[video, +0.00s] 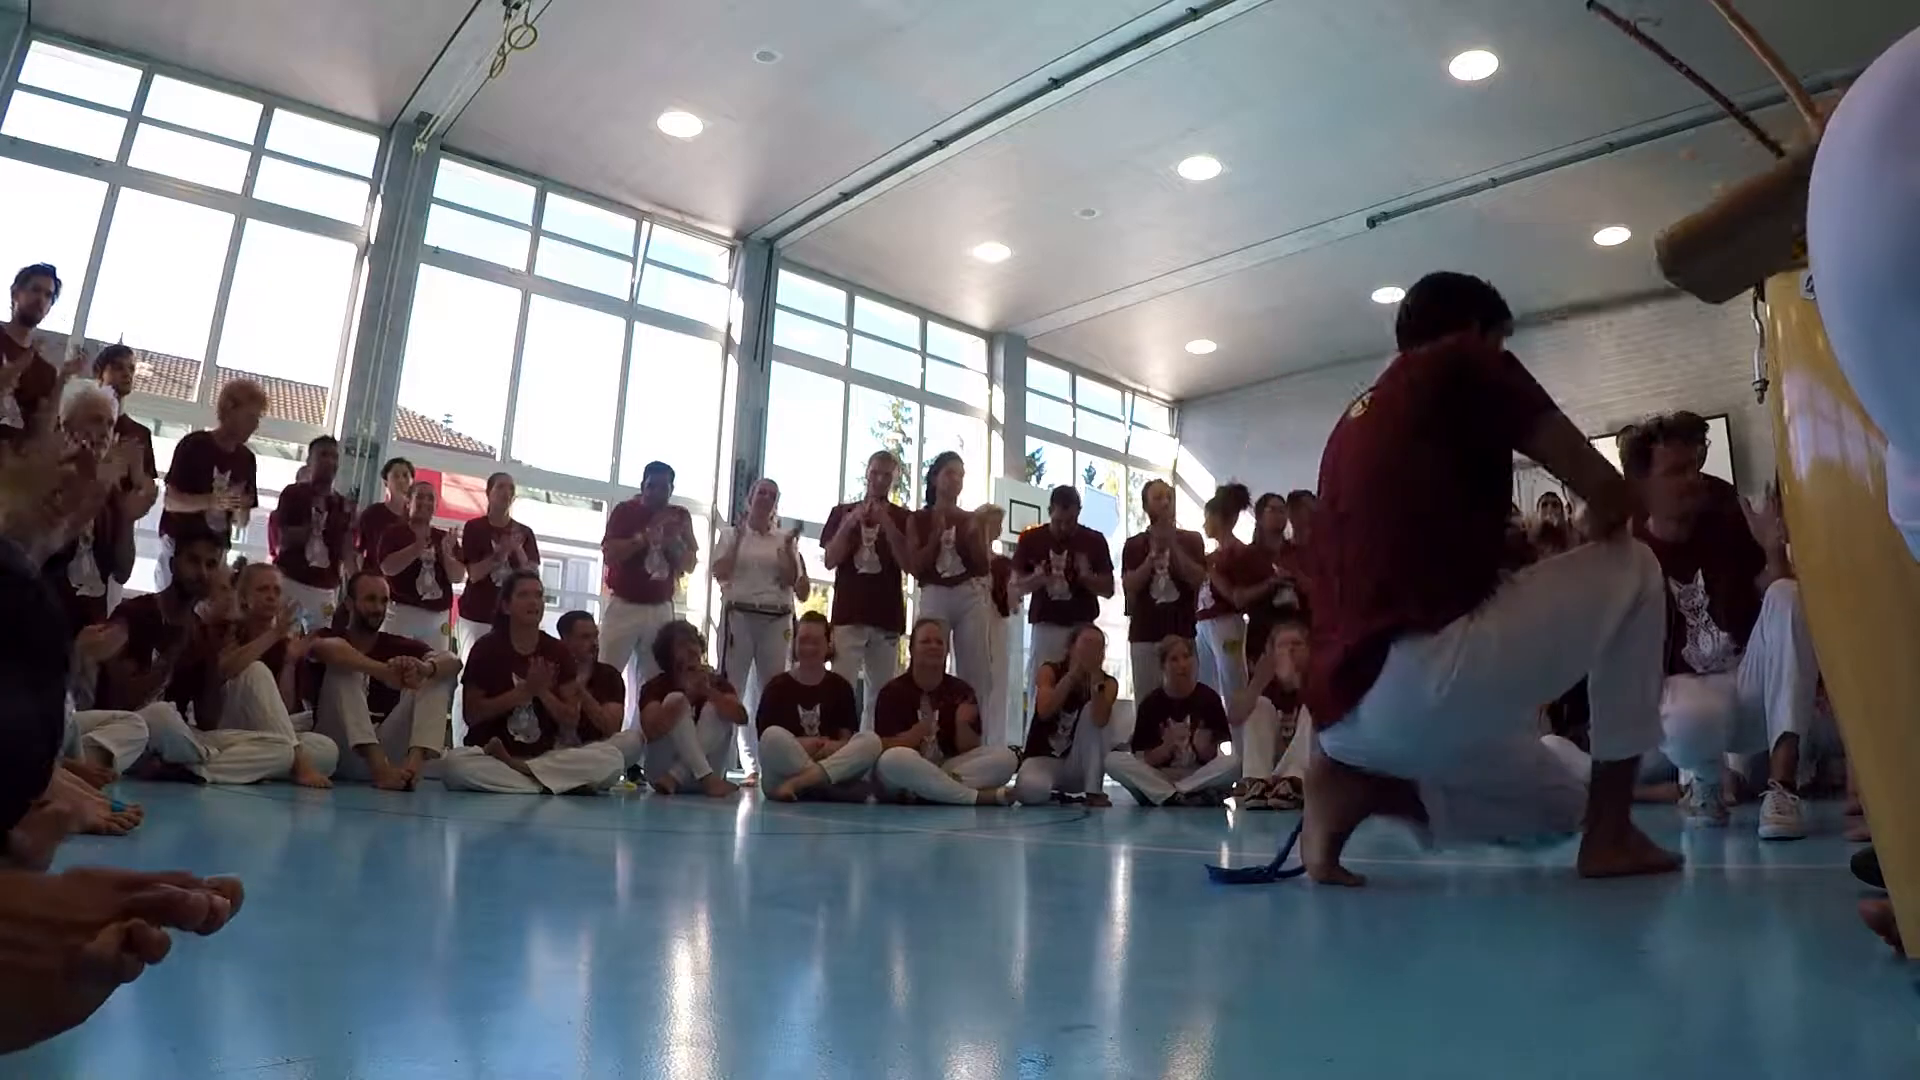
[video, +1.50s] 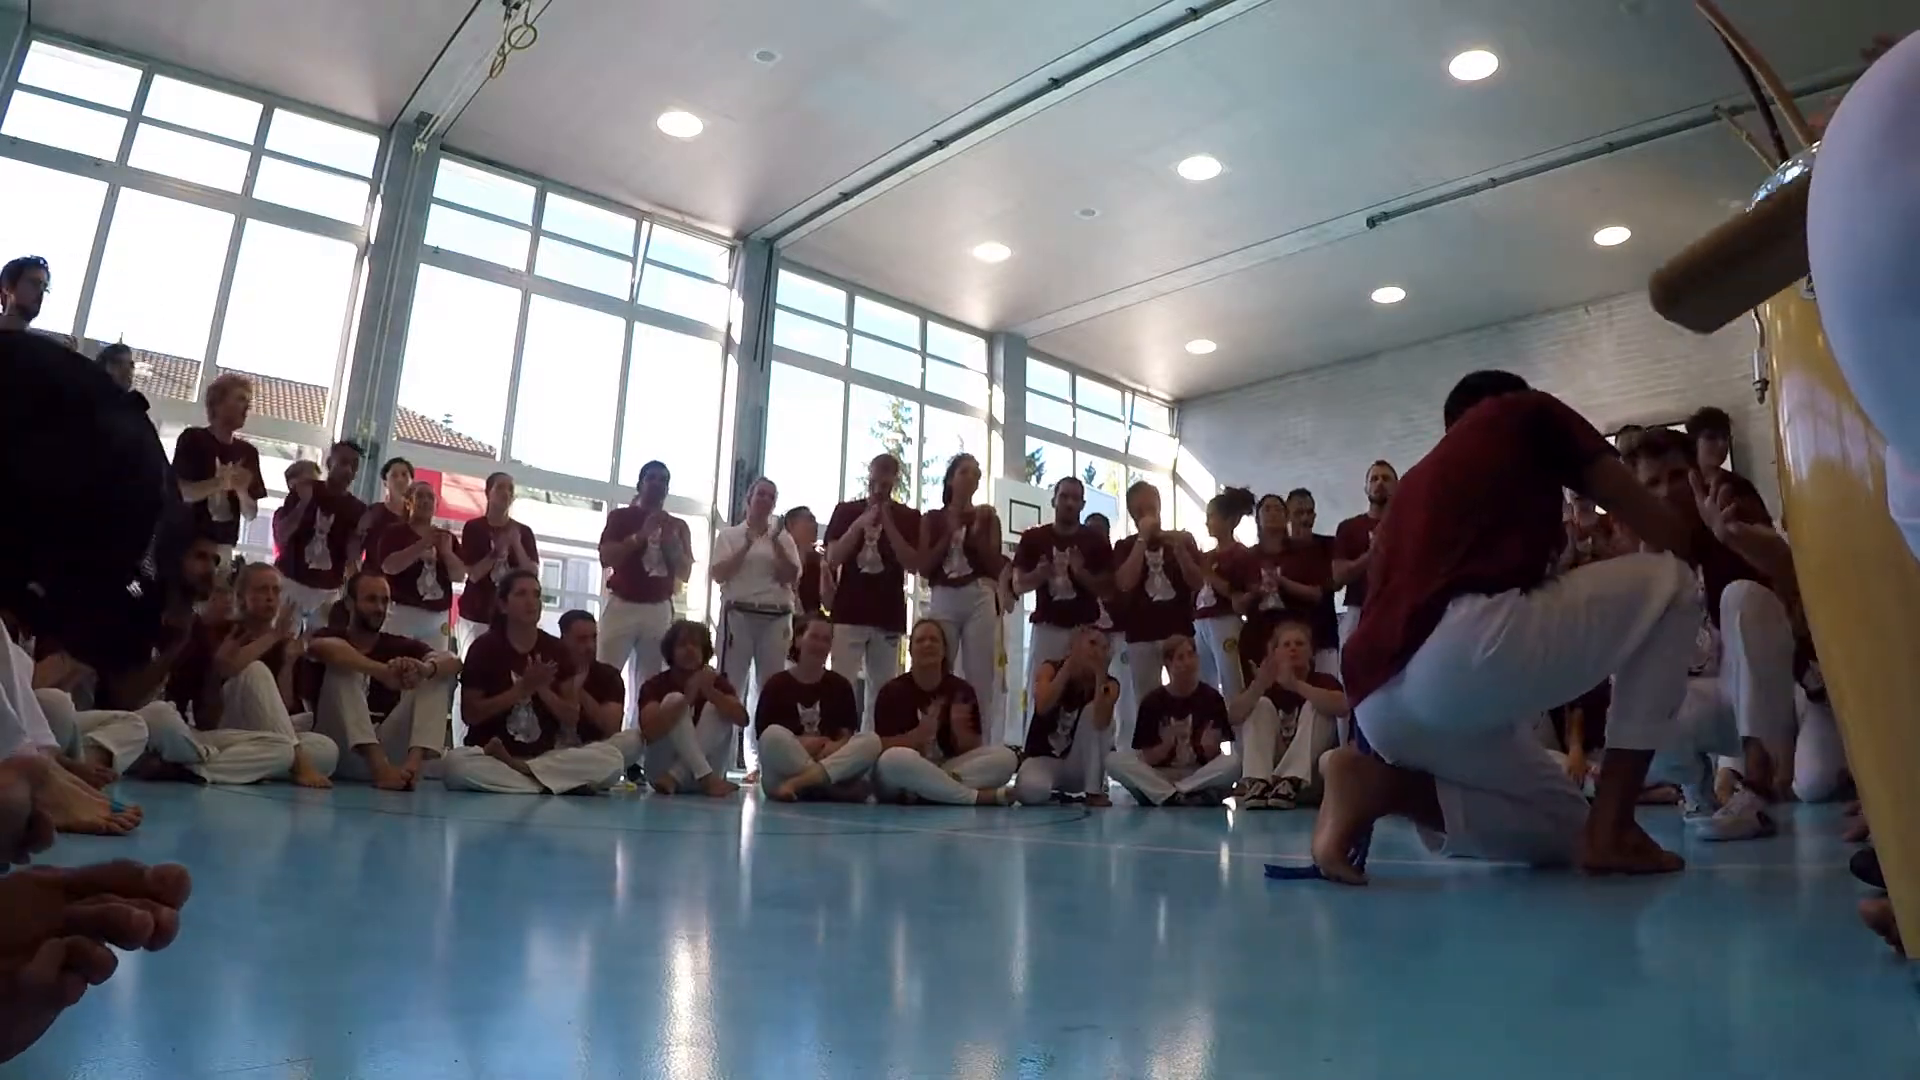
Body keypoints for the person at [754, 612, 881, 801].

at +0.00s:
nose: (809, 645)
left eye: (816, 640)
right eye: (803, 639)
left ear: (828, 645)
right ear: (795, 643)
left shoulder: (840, 686)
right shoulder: (777, 685)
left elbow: (846, 739)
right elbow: (766, 738)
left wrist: (832, 748)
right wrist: (809, 744)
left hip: (831, 769)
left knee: (871, 741)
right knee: (772, 736)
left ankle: (796, 785)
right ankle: (833, 788)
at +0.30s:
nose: (813, 650)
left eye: (820, 646)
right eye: (809, 643)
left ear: (831, 651)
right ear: (798, 643)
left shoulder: (840, 687)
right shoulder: (777, 684)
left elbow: (846, 740)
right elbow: (765, 737)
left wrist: (832, 747)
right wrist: (807, 745)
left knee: (871, 742)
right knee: (773, 735)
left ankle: (796, 785)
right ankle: (833, 789)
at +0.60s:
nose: (820, 654)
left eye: (826, 649)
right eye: (814, 646)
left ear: (832, 650)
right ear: (798, 641)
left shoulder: (837, 686)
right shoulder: (775, 684)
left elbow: (846, 739)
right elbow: (763, 738)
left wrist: (832, 747)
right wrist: (803, 745)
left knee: (871, 742)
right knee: (772, 736)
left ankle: (796, 785)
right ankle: (834, 790)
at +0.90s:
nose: (812, 652)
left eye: (818, 646)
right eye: (806, 644)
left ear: (825, 648)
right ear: (792, 644)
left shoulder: (837, 684)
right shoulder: (775, 685)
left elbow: (846, 736)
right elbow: (765, 736)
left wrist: (834, 747)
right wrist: (804, 744)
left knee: (872, 741)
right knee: (772, 735)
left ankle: (796, 784)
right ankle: (834, 789)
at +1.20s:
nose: (809, 648)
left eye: (816, 641)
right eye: (803, 641)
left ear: (828, 647)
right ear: (793, 645)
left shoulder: (841, 685)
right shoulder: (777, 685)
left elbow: (846, 737)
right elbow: (766, 736)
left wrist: (834, 748)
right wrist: (804, 744)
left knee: (872, 741)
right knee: (772, 736)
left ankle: (796, 785)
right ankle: (834, 789)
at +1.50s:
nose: (820, 645)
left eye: (826, 640)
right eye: (814, 637)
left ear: (831, 646)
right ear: (797, 640)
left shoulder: (840, 685)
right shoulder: (777, 683)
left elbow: (846, 736)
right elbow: (764, 736)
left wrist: (833, 748)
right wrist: (806, 744)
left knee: (872, 742)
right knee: (772, 736)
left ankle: (796, 784)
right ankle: (835, 789)